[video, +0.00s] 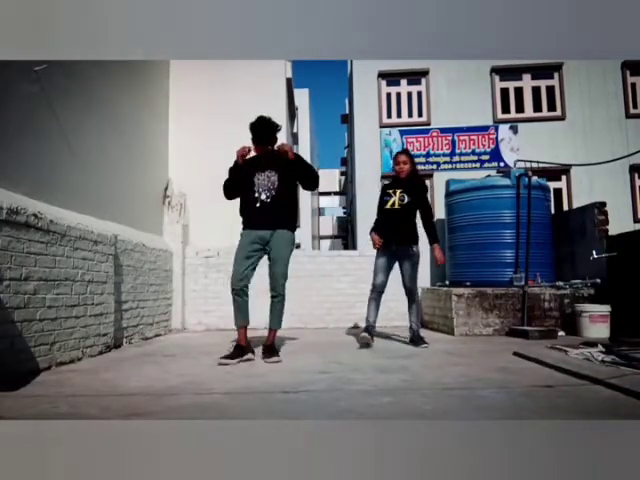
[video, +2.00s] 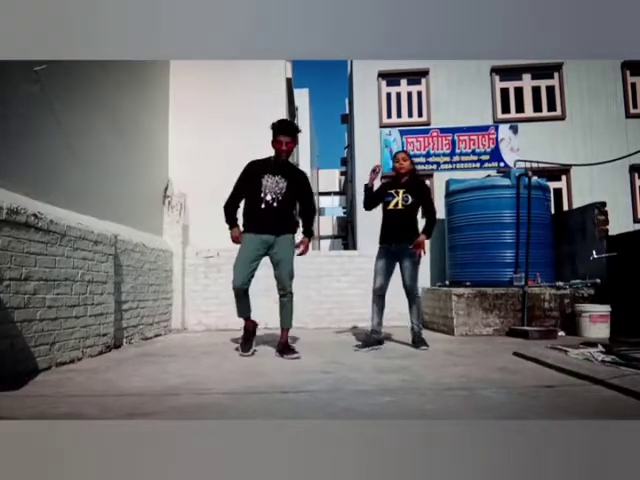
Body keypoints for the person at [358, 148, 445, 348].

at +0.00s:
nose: (401, 167)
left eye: (405, 163)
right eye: (398, 164)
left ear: (412, 165)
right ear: (394, 166)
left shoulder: (418, 186)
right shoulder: (387, 187)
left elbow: (426, 217)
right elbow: (381, 215)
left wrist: (435, 245)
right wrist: (374, 232)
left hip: (408, 244)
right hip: (386, 243)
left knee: (410, 289)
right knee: (377, 286)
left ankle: (415, 332)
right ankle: (368, 330)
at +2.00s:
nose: (400, 164)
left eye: (404, 160)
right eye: (397, 161)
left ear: (411, 163)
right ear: (394, 165)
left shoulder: (419, 185)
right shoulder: (387, 185)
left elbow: (431, 215)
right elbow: (368, 205)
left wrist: (424, 236)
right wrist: (370, 183)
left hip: (410, 244)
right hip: (387, 243)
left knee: (411, 289)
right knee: (378, 289)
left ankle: (417, 334)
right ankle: (375, 333)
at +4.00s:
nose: (368, 165)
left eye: (371, 162)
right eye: (365, 163)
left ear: (378, 166)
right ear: (361, 167)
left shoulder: (389, 186)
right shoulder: (356, 192)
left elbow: (401, 213)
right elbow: (353, 222)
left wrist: (411, 239)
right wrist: (357, 250)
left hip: (392, 244)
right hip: (368, 246)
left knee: (400, 288)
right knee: (366, 290)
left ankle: (408, 332)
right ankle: (362, 336)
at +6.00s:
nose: (377, 164)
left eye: (380, 160)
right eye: (373, 161)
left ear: (386, 163)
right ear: (367, 165)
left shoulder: (395, 183)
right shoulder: (359, 183)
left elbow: (420, 198)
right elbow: (337, 197)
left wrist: (446, 208)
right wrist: (323, 209)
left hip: (391, 245)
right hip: (369, 245)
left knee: (394, 288)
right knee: (358, 289)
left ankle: (394, 333)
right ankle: (353, 331)